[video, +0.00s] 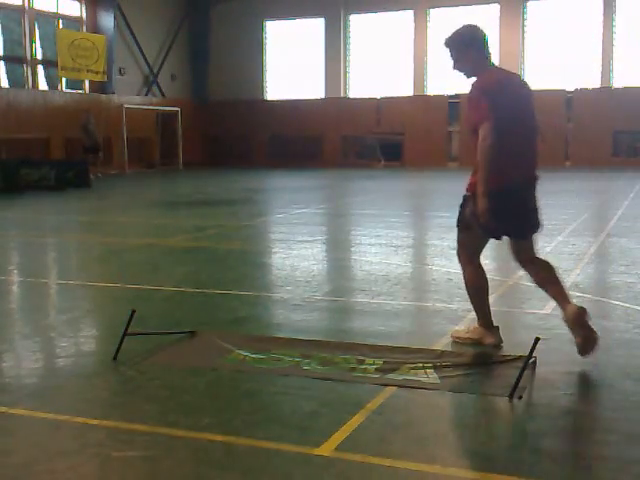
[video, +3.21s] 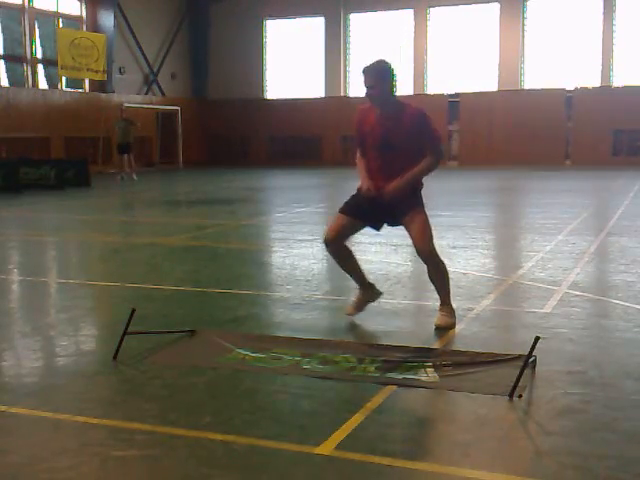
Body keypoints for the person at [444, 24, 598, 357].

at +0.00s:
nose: (453, 65)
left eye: (455, 57)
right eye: (452, 58)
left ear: (472, 52)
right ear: (483, 50)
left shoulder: (480, 89)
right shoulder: (517, 83)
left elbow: (487, 136)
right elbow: (529, 138)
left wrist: (482, 194)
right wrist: (525, 180)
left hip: (486, 191)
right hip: (522, 187)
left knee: (467, 255)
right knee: (526, 256)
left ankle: (485, 327)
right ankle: (568, 309)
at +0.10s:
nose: (439, 59)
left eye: (442, 52)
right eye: (438, 53)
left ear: (461, 47)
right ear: (463, 49)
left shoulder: (479, 82)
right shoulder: (490, 79)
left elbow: (486, 133)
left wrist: (465, 182)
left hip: (476, 181)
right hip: (499, 180)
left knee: (464, 254)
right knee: (483, 245)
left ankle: (485, 328)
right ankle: (531, 301)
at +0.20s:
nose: (428, 56)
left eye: (431, 48)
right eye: (427, 49)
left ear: (451, 44)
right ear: (447, 46)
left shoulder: (470, 79)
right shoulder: (461, 78)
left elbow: (488, 130)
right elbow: (474, 130)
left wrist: (455, 172)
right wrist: (454, 169)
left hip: (473, 176)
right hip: (464, 175)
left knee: (464, 250)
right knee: (448, 238)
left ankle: (485, 326)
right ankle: (485, 310)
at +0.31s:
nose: (418, 59)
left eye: (424, 52)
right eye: (417, 52)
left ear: (442, 49)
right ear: (421, 52)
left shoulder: (463, 83)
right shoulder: (441, 85)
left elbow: (489, 129)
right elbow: (448, 132)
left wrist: (454, 168)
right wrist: (434, 161)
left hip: (464, 177)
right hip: (442, 174)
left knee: (458, 252)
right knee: (429, 239)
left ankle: (486, 324)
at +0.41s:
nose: (414, 66)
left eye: (420, 59)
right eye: (411, 60)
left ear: (434, 59)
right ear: (407, 61)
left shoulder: (456, 92)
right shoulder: (416, 96)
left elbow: (484, 133)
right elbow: (417, 132)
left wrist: (454, 173)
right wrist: (409, 162)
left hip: (452, 186)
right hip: (422, 184)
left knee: (448, 254)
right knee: (408, 243)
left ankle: (486, 323)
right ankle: (411, 303)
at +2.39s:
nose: (379, 60)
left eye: (385, 54)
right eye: (377, 55)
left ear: (401, 53)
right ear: (378, 56)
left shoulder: (427, 88)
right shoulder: (377, 93)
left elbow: (445, 130)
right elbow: (371, 133)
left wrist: (428, 155)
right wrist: (370, 160)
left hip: (418, 178)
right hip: (383, 179)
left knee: (431, 242)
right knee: (377, 239)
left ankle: (445, 304)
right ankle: (384, 300)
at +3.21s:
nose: (369, 93)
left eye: (374, 87)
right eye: (366, 87)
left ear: (390, 85)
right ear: (365, 87)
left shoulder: (414, 116)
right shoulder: (365, 114)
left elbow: (435, 156)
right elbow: (361, 151)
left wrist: (402, 182)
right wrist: (364, 179)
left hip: (406, 193)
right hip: (372, 191)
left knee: (426, 251)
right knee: (332, 239)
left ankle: (446, 306)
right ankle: (366, 288)